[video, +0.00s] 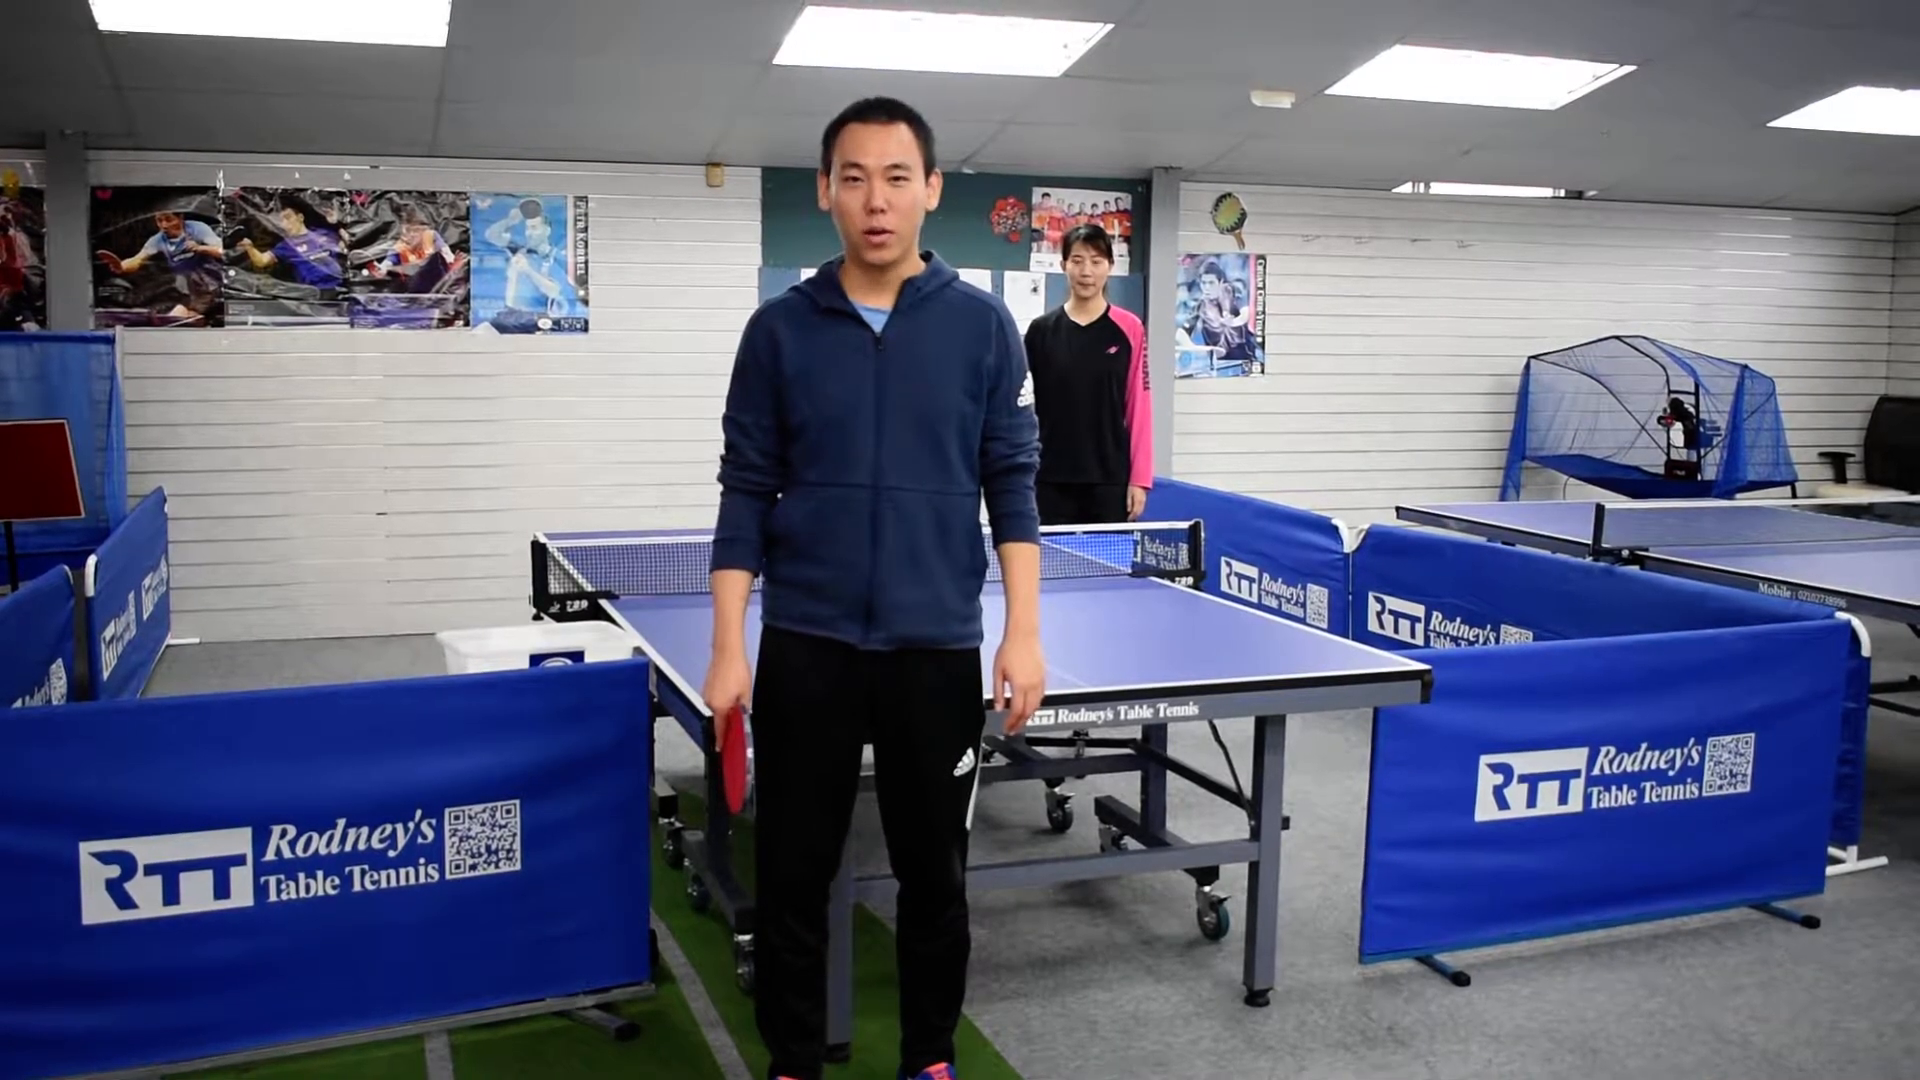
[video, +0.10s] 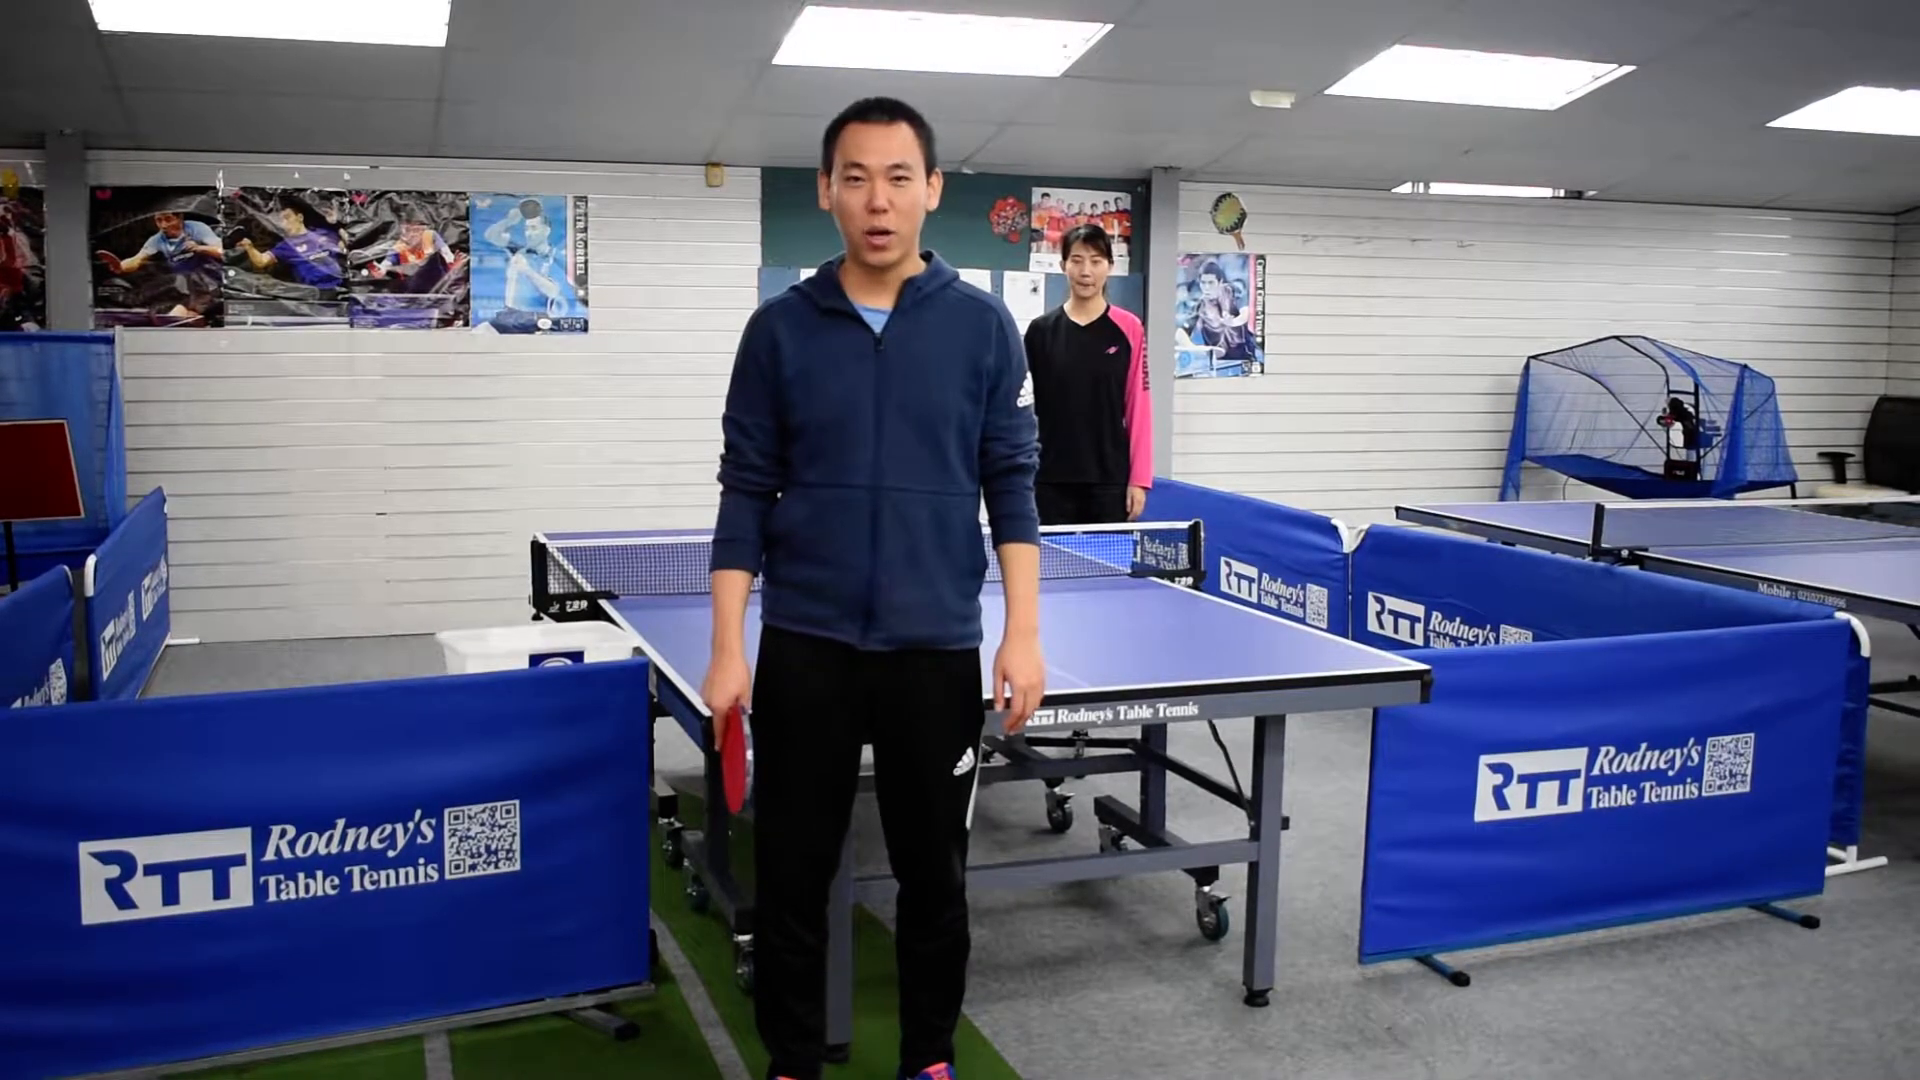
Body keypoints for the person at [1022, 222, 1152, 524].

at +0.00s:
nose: (1086, 272)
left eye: (1096, 262)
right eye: (1077, 261)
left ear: (1110, 267)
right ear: (1064, 266)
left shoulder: (1129, 329)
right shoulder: (1040, 331)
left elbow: (1139, 407)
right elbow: (1022, 404)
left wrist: (1140, 478)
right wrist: (1022, 478)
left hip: (1109, 482)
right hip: (1051, 481)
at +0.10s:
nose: (1086, 271)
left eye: (1096, 262)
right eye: (1077, 261)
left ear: (1110, 268)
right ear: (1064, 266)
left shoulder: (1129, 329)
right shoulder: (1040, 331)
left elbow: (1138, 407)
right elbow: (1022, 405)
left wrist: (1139, 478)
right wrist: (1021, 478)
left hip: (1108, 482)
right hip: (1051, 481)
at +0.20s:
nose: (1086, 271)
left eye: (1096, 262)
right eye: (1076, 261)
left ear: (1109, 268)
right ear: (1064, 266)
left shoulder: (1128, 329)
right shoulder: (1040, 331)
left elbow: (1138, 406)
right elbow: (1022, 405)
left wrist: (1139, 478)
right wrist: (1021, 478)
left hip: (1108, 481)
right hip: (1051, 481)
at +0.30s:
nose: (1085, 271)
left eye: (1096, 262)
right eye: (1076, 261)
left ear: (1109, 268)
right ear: (1063, 266)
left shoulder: (1128, 329)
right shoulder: (1039, 331)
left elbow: (1138, 407)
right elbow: (1022, 405)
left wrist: (1139, 478)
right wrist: (1021, 478)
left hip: (1108, 481)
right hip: (1051, 481)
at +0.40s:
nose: (1085, 271)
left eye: (1095, 262)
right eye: (1076, 261)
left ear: (1109, 268)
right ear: (1063, 266)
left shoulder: (1128, 329)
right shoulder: (1039, 331)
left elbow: (1137, 407)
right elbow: (1021, 405)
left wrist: (1138, 478)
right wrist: (1020, 478)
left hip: (1108, 482)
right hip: (1050, 481)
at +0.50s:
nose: (1085, 271)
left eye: (1095, 262)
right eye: (1076, 261)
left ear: (1109, 268)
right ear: (1063, 266)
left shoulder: (1128, 329)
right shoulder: (1039, 331)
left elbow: (1137, 406)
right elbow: (1021, 404)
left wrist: (1138, 478)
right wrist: (1020, 478)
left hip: (1108, 481)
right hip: (1050, 481)